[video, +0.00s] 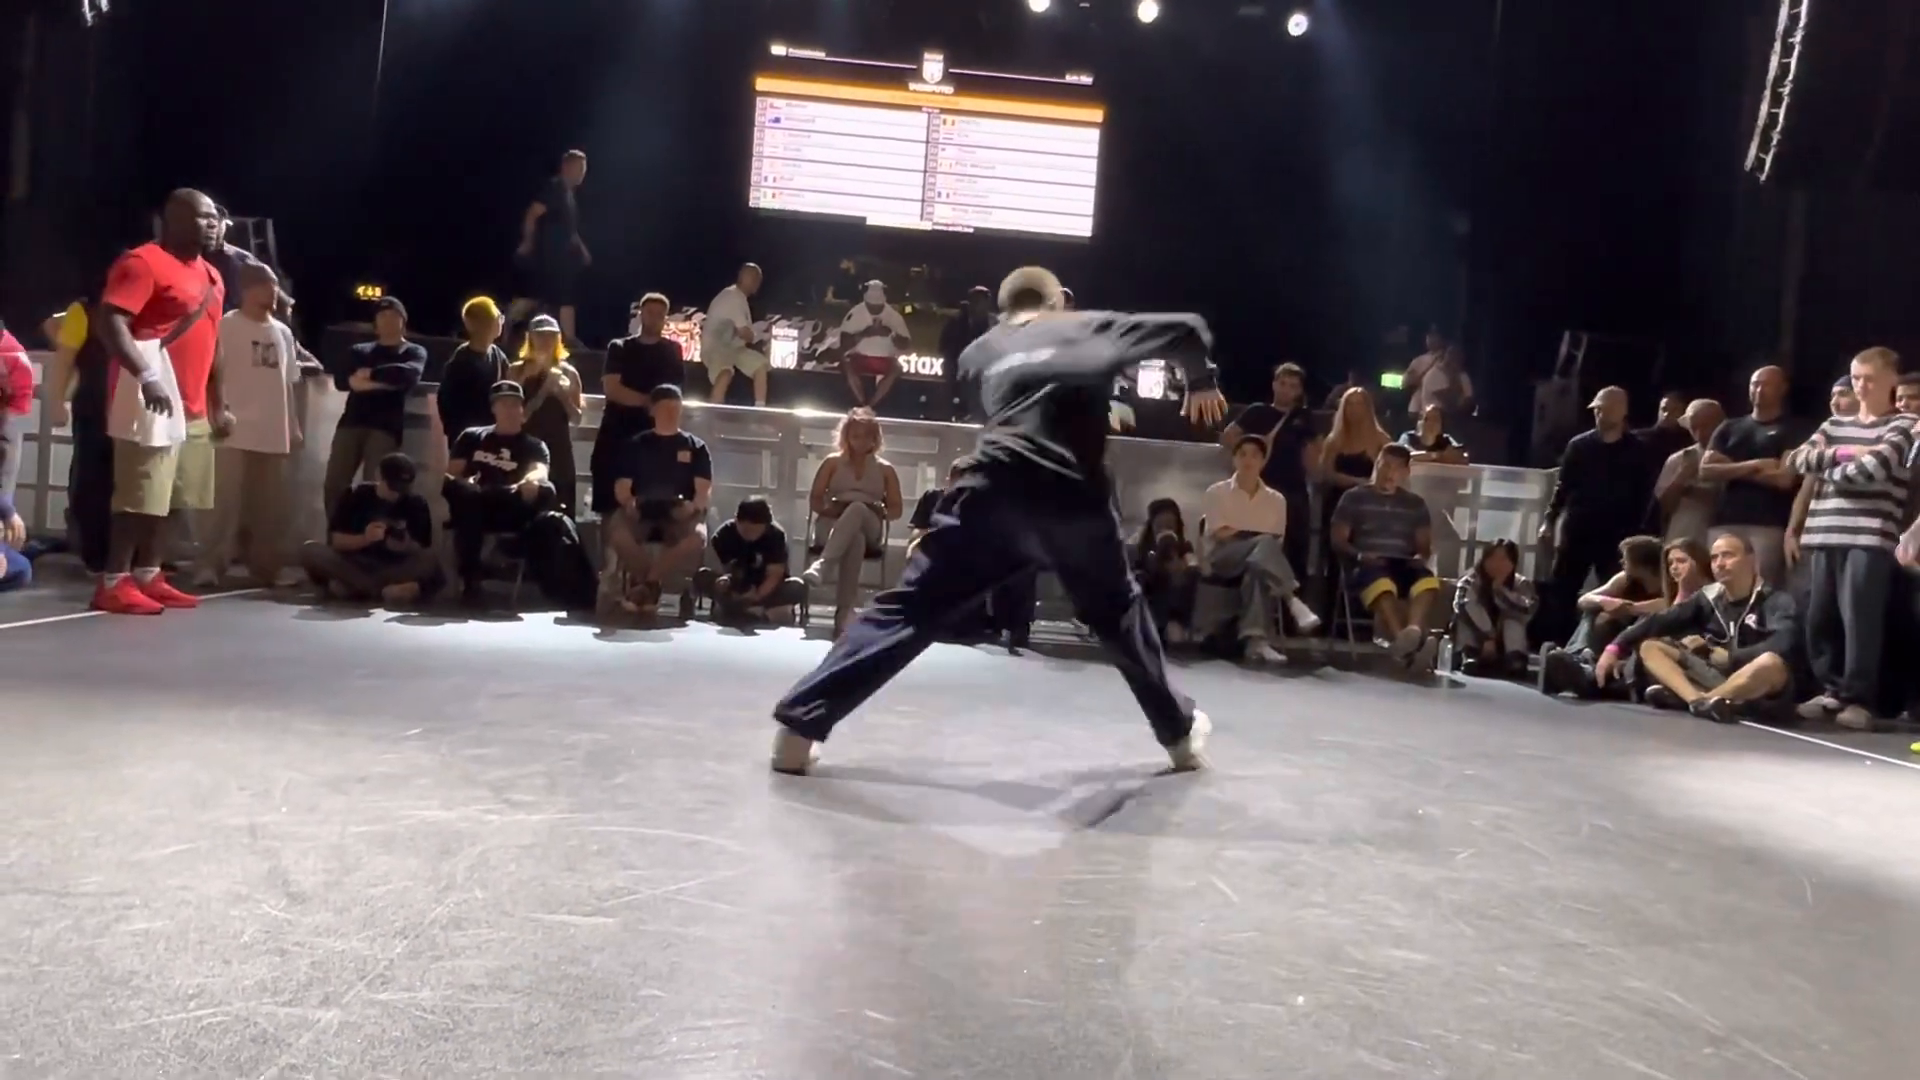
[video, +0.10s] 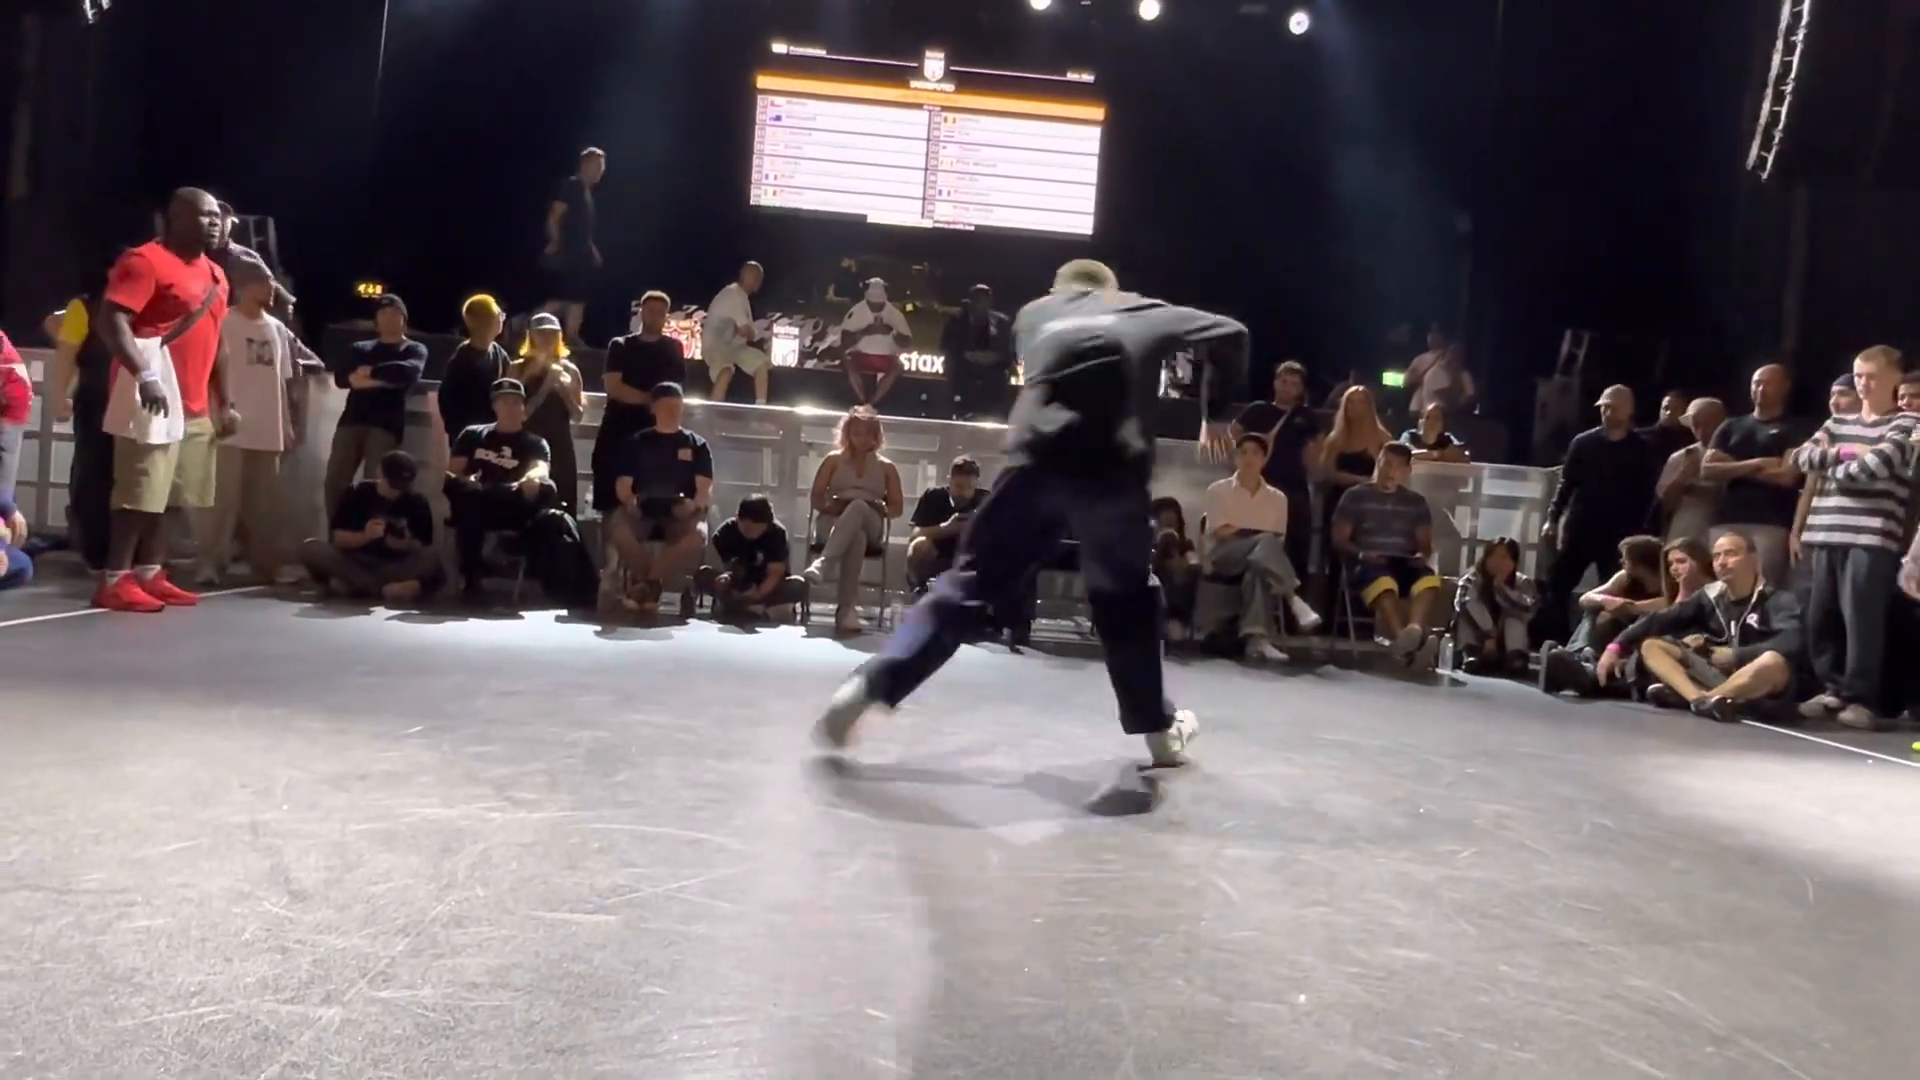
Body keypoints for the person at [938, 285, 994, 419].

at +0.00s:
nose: (979, 307)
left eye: (983, 302)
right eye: (975, 302)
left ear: (988, 304)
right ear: (970, 303)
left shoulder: (992, 322)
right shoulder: (958, 321)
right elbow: (946, 345)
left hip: (981, 364)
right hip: (956, 362)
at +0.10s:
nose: (980, 306)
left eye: (984, 301)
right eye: (976, 301)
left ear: (990, 302)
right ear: (970, 301)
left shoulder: (1001, 322)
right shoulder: (958, 321)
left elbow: (1007, 355)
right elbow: (948, 348)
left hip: (993, 388)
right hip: (965, 387)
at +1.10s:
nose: (991, 297)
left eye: (994, 292)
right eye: (986, 292)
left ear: (1000, 293)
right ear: (980, 293)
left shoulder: (1012, 313)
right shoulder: (969, 312)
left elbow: (1021, 346)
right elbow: (958, 339)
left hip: (1004, 381)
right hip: (975, 379)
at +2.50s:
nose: (999, 293)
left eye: (1003, 288)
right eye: (996, 288)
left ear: (1008, 291)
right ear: (989, 289)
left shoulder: (1015, 311)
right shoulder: (974, 309)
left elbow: (1023, 345)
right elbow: (965, 342)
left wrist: (1005, 347)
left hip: (1006, 377)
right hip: (979, 375)